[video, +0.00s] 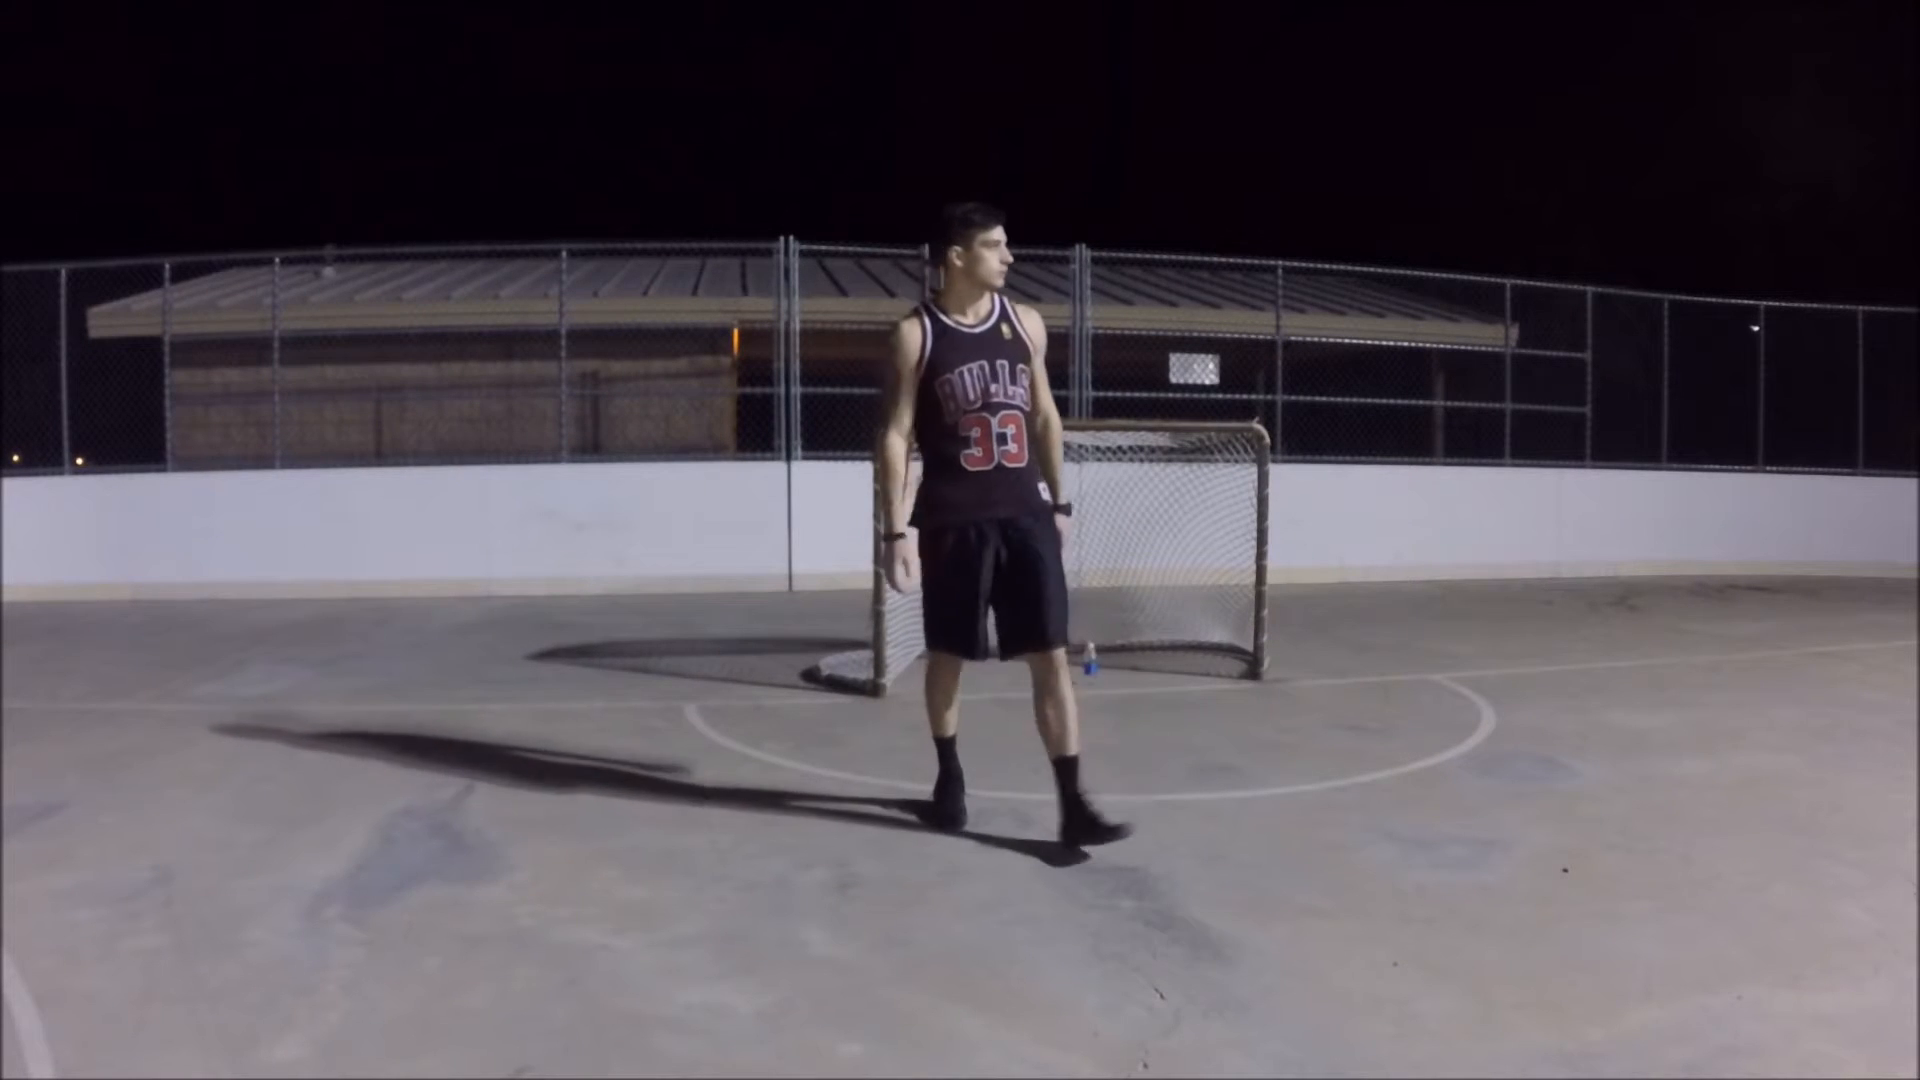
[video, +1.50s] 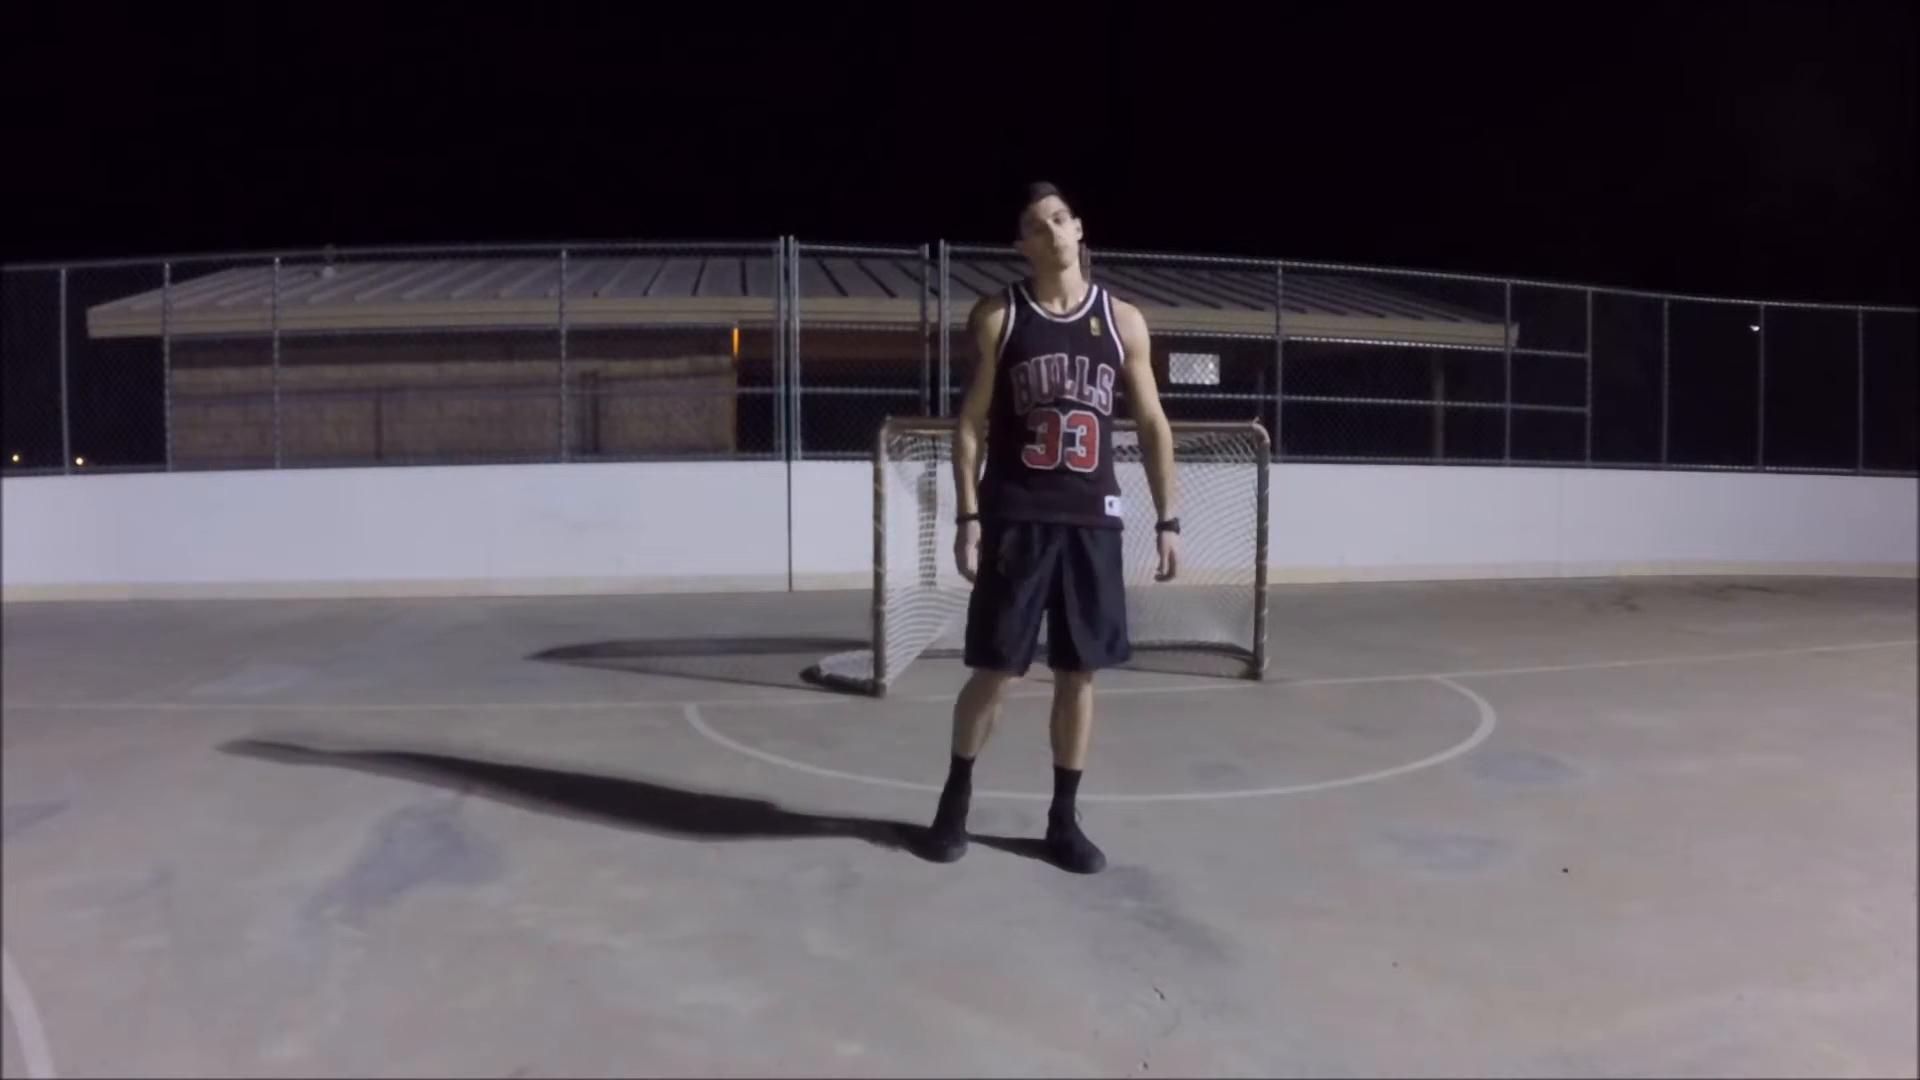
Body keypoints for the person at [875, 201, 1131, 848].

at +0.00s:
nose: (1007, 256)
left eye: (1006, 245)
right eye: (994, 246)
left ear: (994, 255)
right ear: (955, 257)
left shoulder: (1026, 322)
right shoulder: (917, 334)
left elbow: (1045, 413)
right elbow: (896, 433)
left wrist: (1059, 500)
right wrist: (895, 527)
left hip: (1025, 513)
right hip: (953, 519)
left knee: (1051, 654)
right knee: (946, 655)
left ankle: (1074, 805)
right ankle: (949, 778)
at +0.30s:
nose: (1046, 247)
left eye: (1045, 237)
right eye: (1032, 238)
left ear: (1035, 248)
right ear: (992, 247)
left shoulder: (1073, 318)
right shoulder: (950, 329)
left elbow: (1104, 411)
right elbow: (921, 426)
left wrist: (1120, 499)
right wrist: (905, 516)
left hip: (1064, 519)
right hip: (987, 523)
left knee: (1065, 666)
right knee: (973, 655)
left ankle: (1064, 818)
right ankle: (952, 768)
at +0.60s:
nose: (1075, 238)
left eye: (1075, 229)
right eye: (1061, 230)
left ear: (1075, 241)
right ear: (1022, 243)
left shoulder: (1113, 315)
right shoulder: (986, 327)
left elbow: (1150, 406)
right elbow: (967, 424)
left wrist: (1154, 485)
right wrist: (971, 500)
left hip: (1093, 520)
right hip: (1017, 521)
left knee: (1080, 671)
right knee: (999, 669)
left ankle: (1065, 817)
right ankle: (977, 757)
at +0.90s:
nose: (1087, 233)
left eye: (1088, 224)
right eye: (1071, 226)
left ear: (1093, 237)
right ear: (1035, 241)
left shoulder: (1129, 315)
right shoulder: (1004, 324)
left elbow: (1151, 415)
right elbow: (985, 428)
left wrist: (1127, 494)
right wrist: (1000, 507)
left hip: (1105, 513)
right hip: (1033, 516)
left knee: (1085, 672)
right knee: (1038, 671)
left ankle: (1067, 816)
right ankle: (1044, 780)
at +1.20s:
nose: (1079, 238)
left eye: (1085, 227)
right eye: (1065, 230)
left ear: (1096, 236)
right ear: (1036, 243)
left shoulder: (1134, 321)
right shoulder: (1009, 323)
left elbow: (1157, 425)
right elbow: (980, 428)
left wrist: (1158, 519)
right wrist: (970, 523)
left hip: (1110, 522)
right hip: (1035, 521)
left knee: (1086, 674)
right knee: (1037, 673)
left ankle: (1065, 821)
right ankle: (1003, 704)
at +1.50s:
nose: (1052, 230)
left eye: (1059, 219)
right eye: (1037, 225)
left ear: (1081, 232)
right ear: (1021, 247)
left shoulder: (1124, 320)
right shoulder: (999, 316)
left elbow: (1152, 423)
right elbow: (970, 423)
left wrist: (1167, 521)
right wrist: (968, 515)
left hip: (1093, 524)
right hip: (1016, 522)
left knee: (1079, 673)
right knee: (994, 674)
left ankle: (1064, 820)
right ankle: (955, 799)